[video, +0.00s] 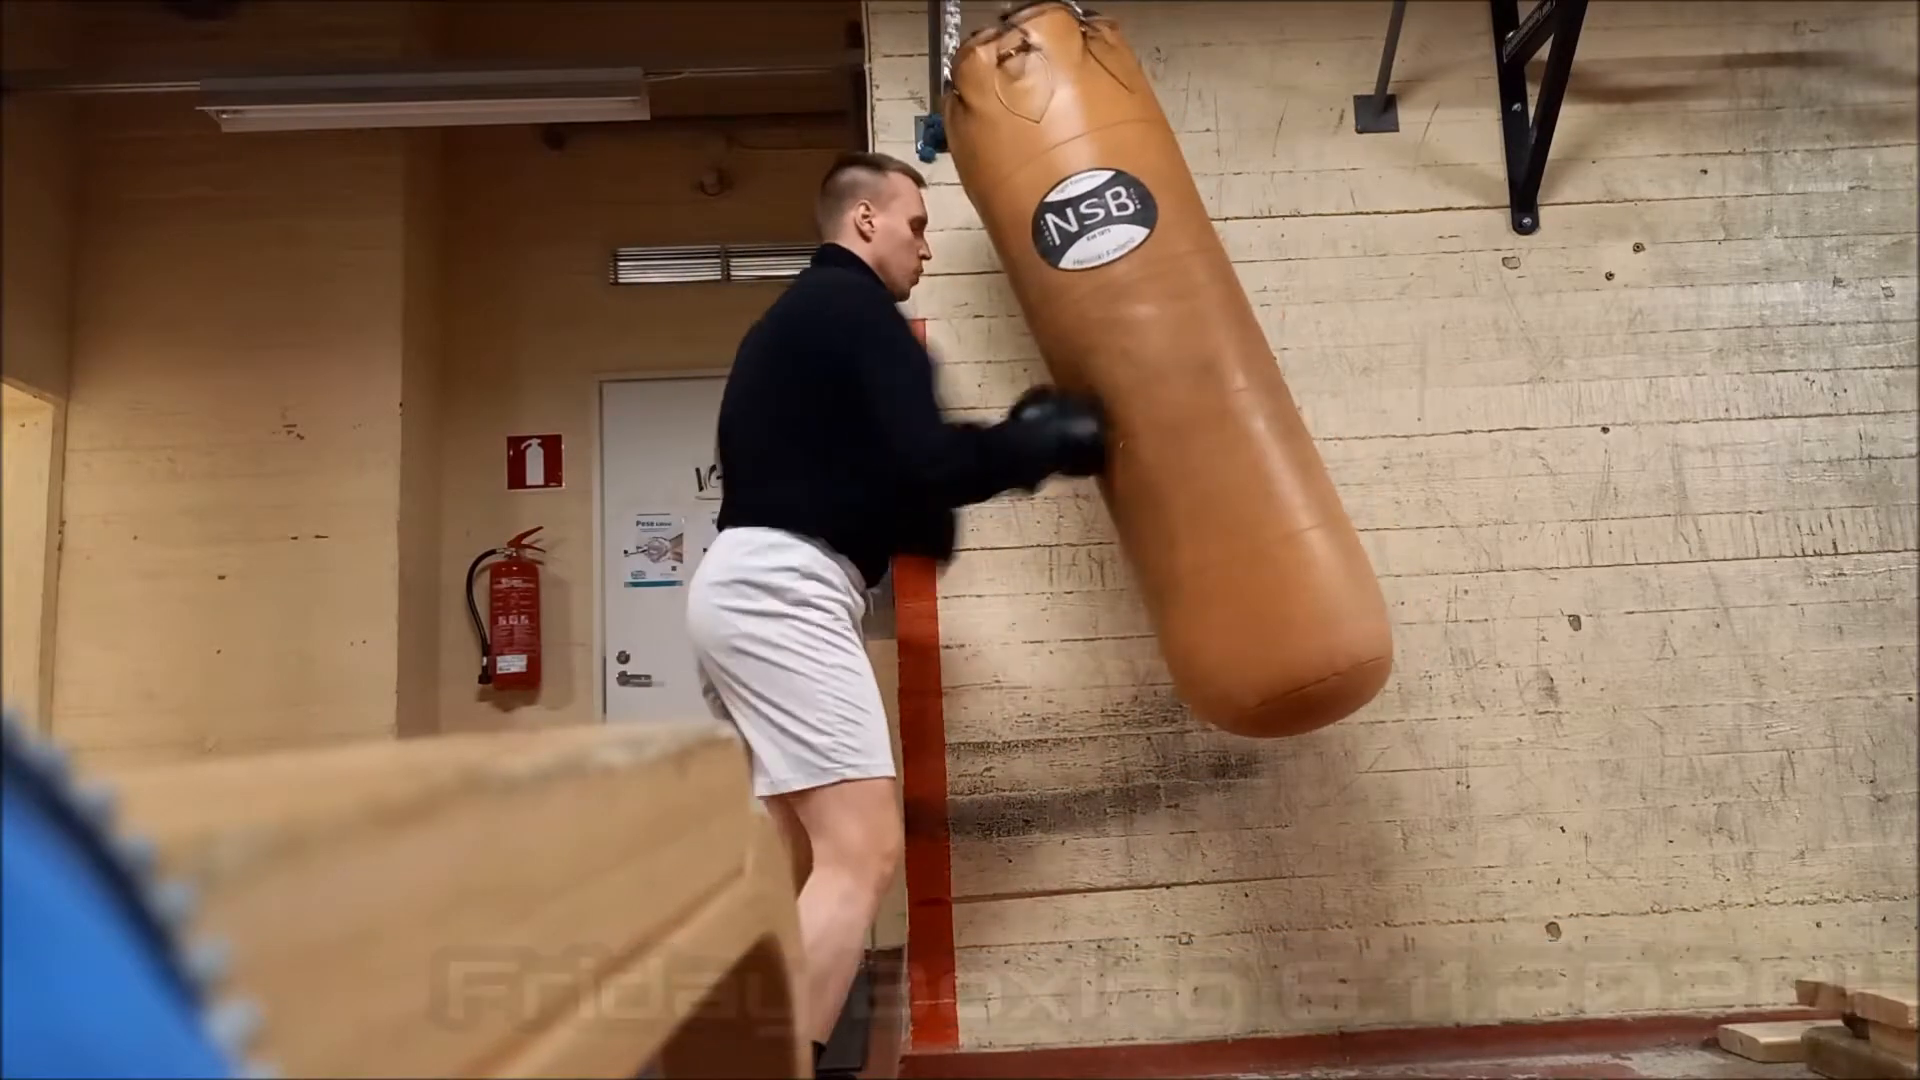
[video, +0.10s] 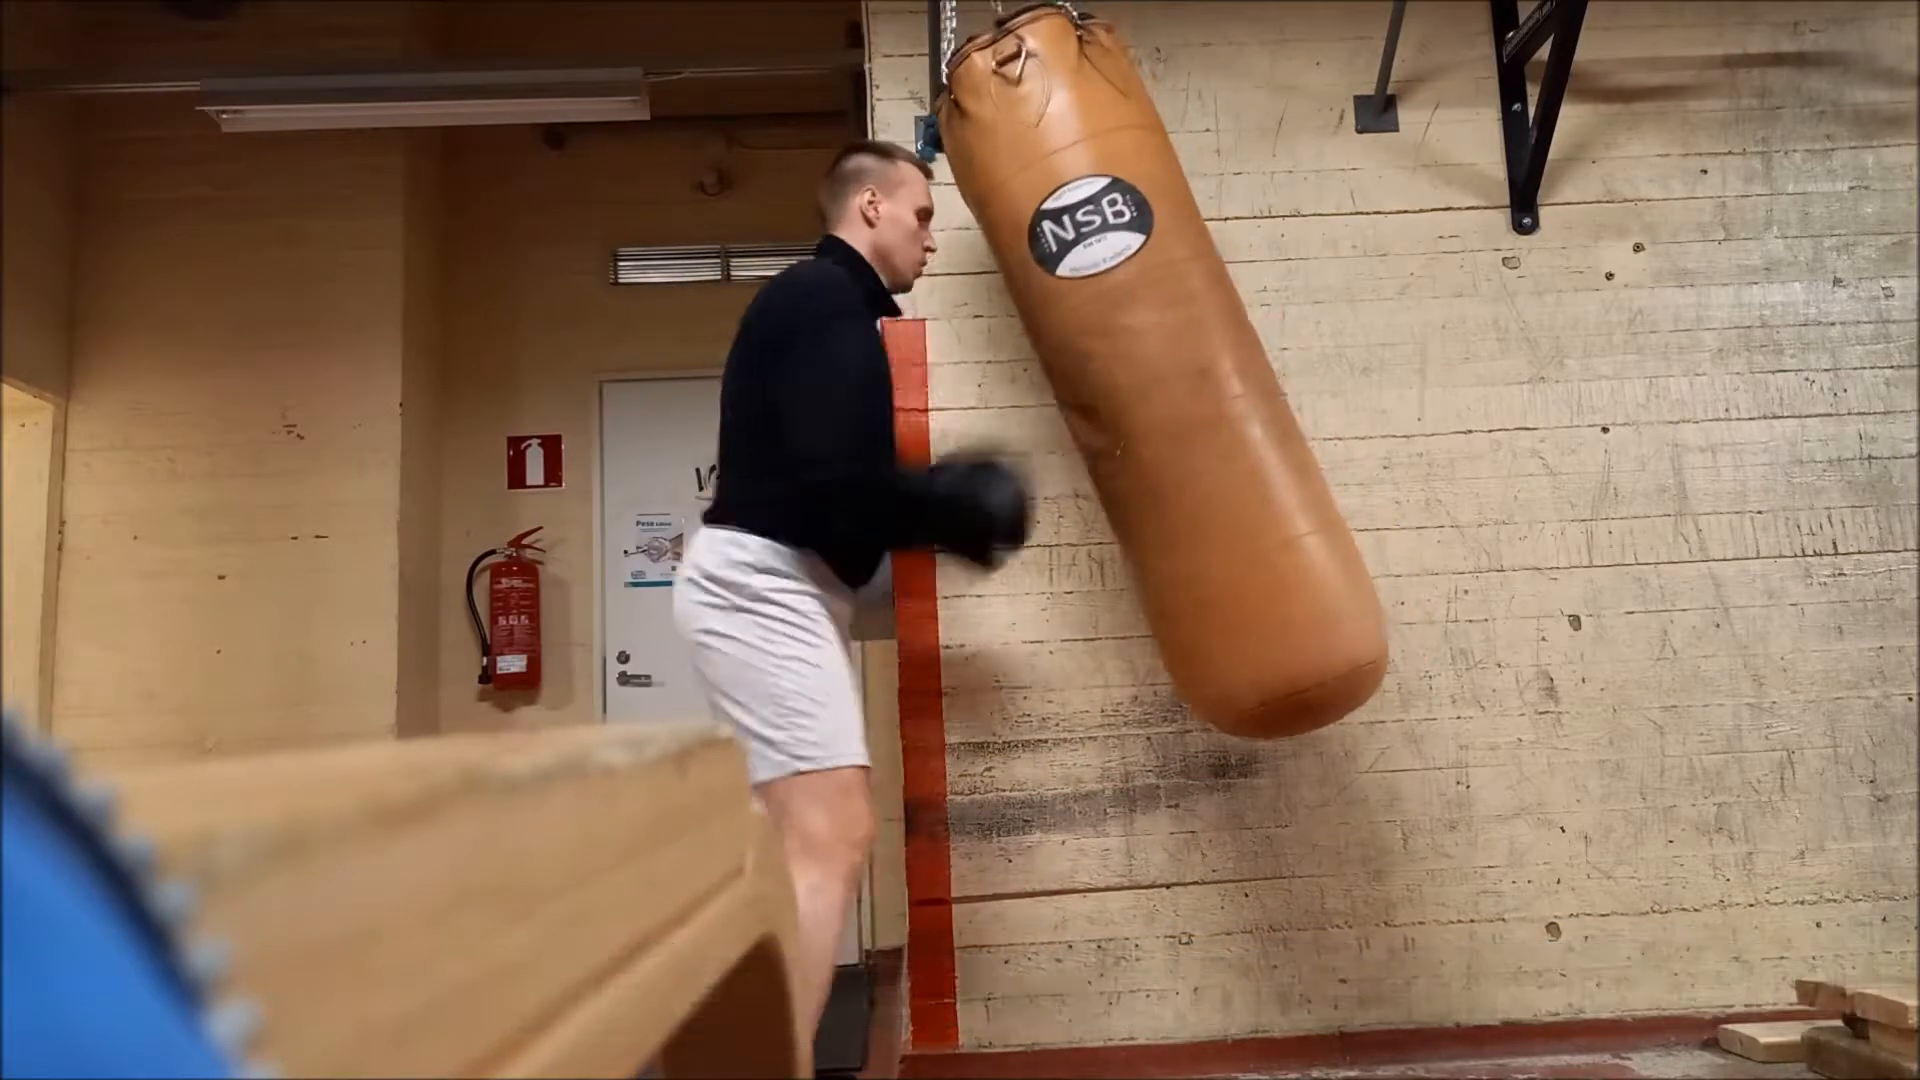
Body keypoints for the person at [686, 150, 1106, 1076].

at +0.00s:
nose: (927, 245)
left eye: (927, 228)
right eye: (916, 226)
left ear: (852, 227)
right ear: (865, 221)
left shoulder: (803, 313)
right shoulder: (854, 304)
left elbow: (894, 504)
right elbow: (922, 460)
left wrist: (992, 445)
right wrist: (1030, 444)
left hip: (735, 584)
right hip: (782, 588)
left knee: (793, 849)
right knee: (860, 847)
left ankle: (742, 1061)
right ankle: (784, 1067)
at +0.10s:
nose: (933, 239)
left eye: (932, 219)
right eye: (923, 217)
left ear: (865, 213)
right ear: (870, 207)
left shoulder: (832, 304)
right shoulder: (820, 303)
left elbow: (839, 484)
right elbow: (833, 479)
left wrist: (944, 499)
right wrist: (955, 503)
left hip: (790, 583)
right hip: (759, 581)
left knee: (785, 834)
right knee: (830, 836)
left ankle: (744, 1052)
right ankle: (778, 1060)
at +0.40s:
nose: (920, 257)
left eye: (920, 238)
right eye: (914, 237)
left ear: (849, 238)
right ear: (867, 234)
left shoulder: (788, 328)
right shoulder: (820, 337)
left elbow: (889, 502)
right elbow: (899, 505)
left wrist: (979, 479)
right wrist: (985, 481)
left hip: (682, 585)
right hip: (749, 589)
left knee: (745, 837)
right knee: (832, 843)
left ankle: (699, 1051)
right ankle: (773, 1059)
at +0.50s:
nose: (905, 255)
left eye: (907, 235)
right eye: (899, 233)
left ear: (834, 226)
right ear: (854, 223)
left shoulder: (742, 313)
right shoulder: (852, 333)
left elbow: (820, 462)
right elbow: (927, 482)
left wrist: (911, 495)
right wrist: (1068, 485)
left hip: (674, 570)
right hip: (753, 582)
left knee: (690, 839)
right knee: (819, 860)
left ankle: (678, 1048)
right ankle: (779, 1063)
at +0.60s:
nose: (914, 252)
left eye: (915, 234)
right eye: (907, 230)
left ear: (852, 224)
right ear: (858, 220)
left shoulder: (789, 315)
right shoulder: (816, 323)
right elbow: (839, 499)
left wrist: (931, 515)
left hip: (704, 589)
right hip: (739, 596)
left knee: (727, 847)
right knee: (812, 839)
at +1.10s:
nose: (930, 258)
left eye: (930, 239)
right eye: (921, 238)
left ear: (866, 237)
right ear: (872, 233)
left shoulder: (835, 338)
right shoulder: (794, 330)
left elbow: (823, 498)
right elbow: (739, 504)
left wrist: (916, 492)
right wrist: (856, 569)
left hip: (768, 601)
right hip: (730, 603)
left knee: (796, 836)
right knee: (826, 837)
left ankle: (752, 1052)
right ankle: (786, 1060)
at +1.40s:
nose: (910, 261)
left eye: (912, 241)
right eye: (904, 239)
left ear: (837, 232)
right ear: (858, 230)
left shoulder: (736, 317)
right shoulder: (853, 344)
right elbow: (958, 469)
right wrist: (1060, 475)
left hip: (679, 582)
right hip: (760, 599)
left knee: (688, 841)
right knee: (833, 860)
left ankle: (670, 1047)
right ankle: (781, 1061)